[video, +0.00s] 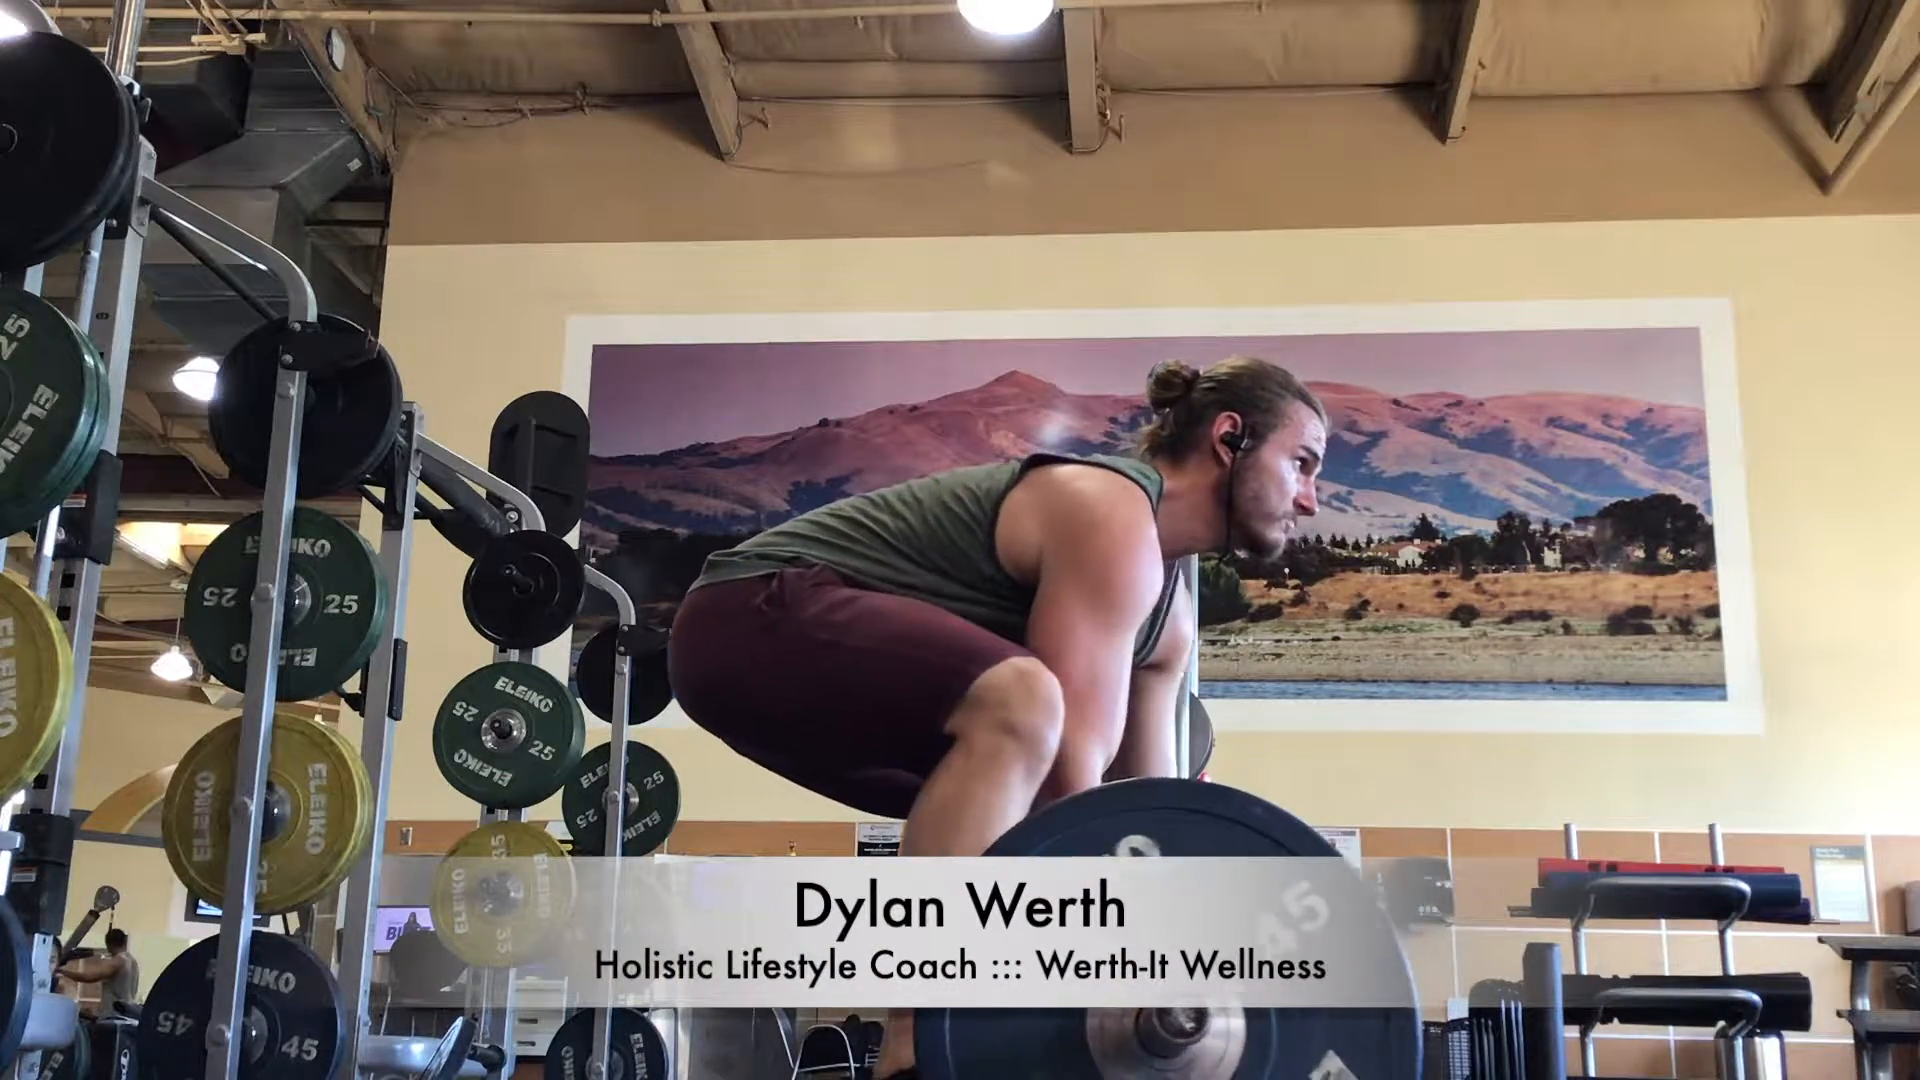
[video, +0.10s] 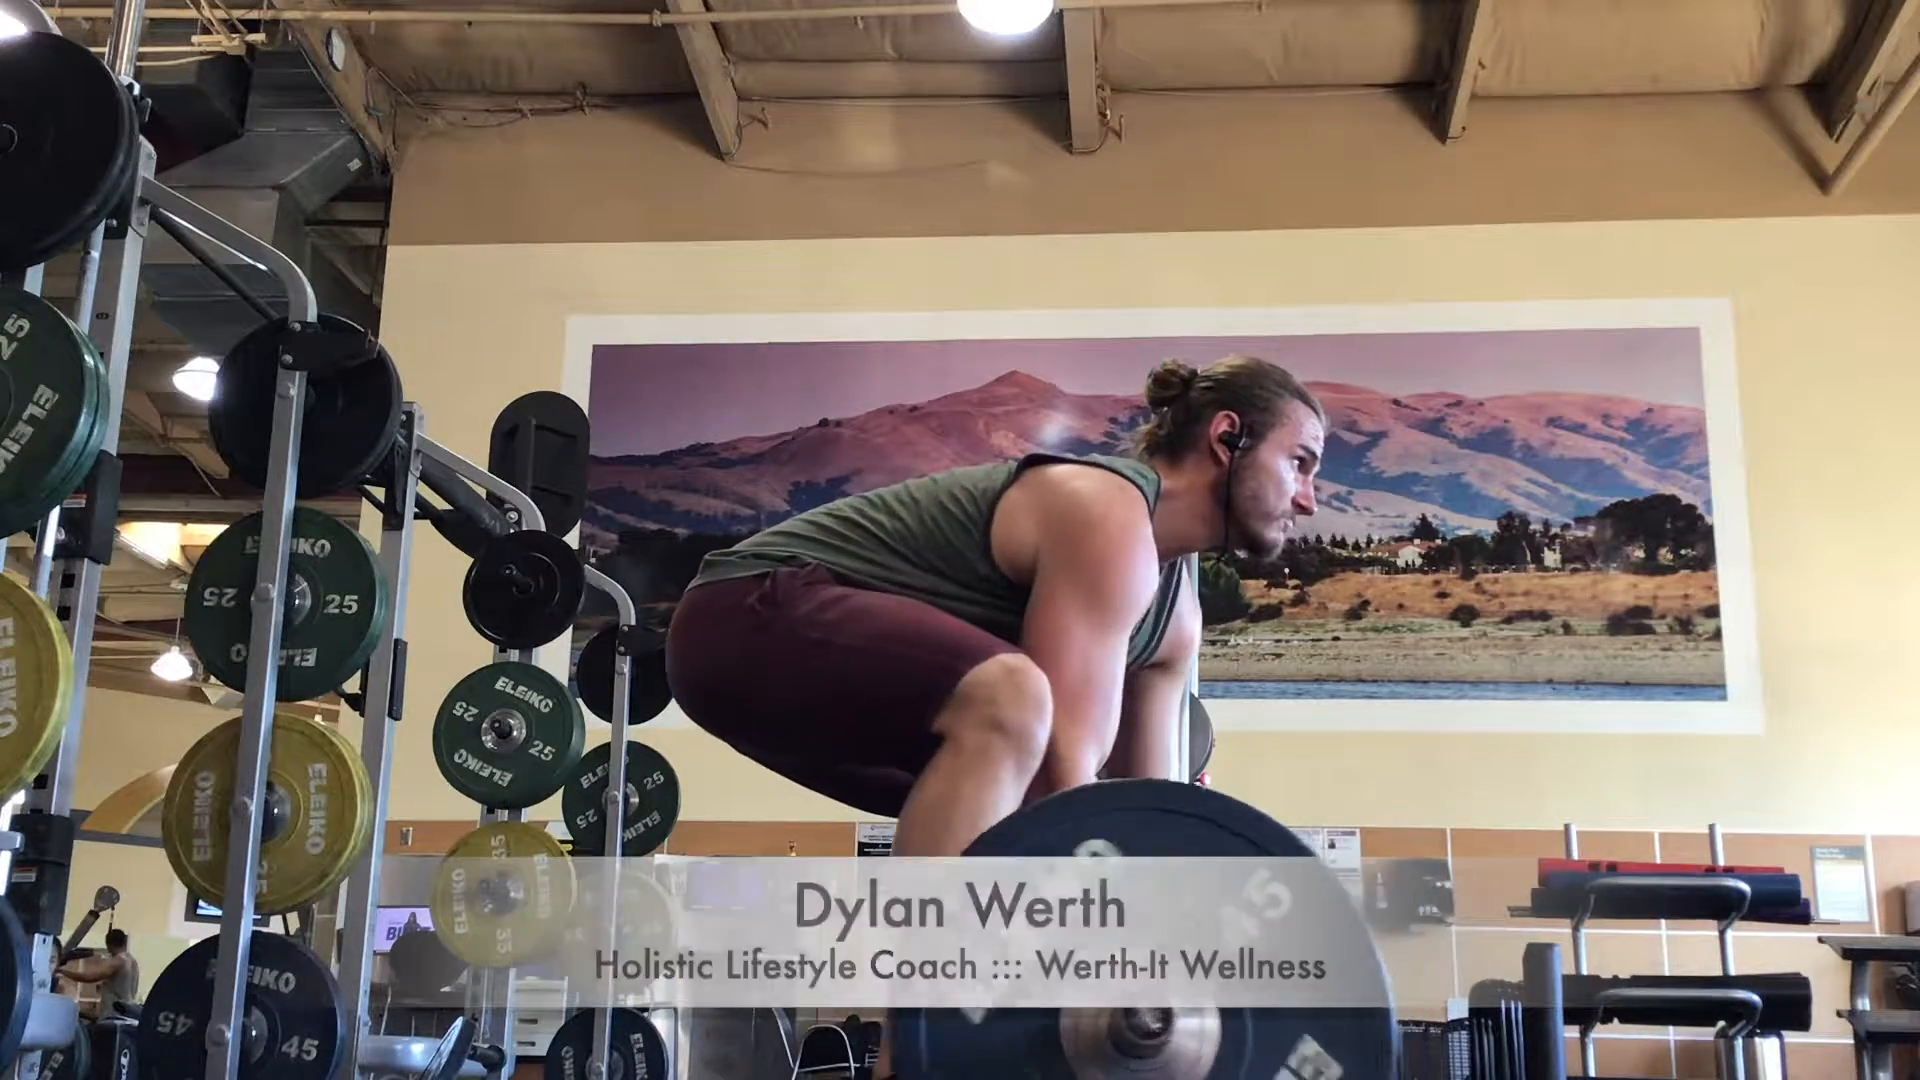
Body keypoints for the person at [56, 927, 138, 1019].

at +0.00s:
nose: (107, 947)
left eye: (108, 943)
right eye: (107, 943)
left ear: (109, 944)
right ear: (124, 942)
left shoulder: (118, 961)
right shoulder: (132, 962)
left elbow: (89, 978)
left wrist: (62, 971)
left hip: (111, 1016)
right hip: (126, 1016)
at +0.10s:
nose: (108, 946)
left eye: (108, 943)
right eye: (108, 943)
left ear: (109, 944)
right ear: (124, 943)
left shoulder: (119, 961)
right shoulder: (132, 962)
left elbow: (89, 978)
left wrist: (62, 971)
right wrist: (104, 987)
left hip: (111, 1016)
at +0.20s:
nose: (108, 947)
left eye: (108, 943)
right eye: (108, 943)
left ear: (109, 944)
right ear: (124, 943)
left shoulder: (119, 961)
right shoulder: (132, 962)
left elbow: (87, 977)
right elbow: (119, 984)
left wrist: (61, 971)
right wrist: (98, 989)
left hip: (110, 1017)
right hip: (126, 1016)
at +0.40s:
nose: (107, 948)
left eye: (107, 945)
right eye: (107, 945)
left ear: (110, 945)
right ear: (124, 943)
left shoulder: (120, 960)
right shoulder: (131, 962)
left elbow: (88, 977)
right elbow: (112, 987)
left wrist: (61, 971)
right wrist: (86, 988)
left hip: (111, 1018)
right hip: (125, 1018)